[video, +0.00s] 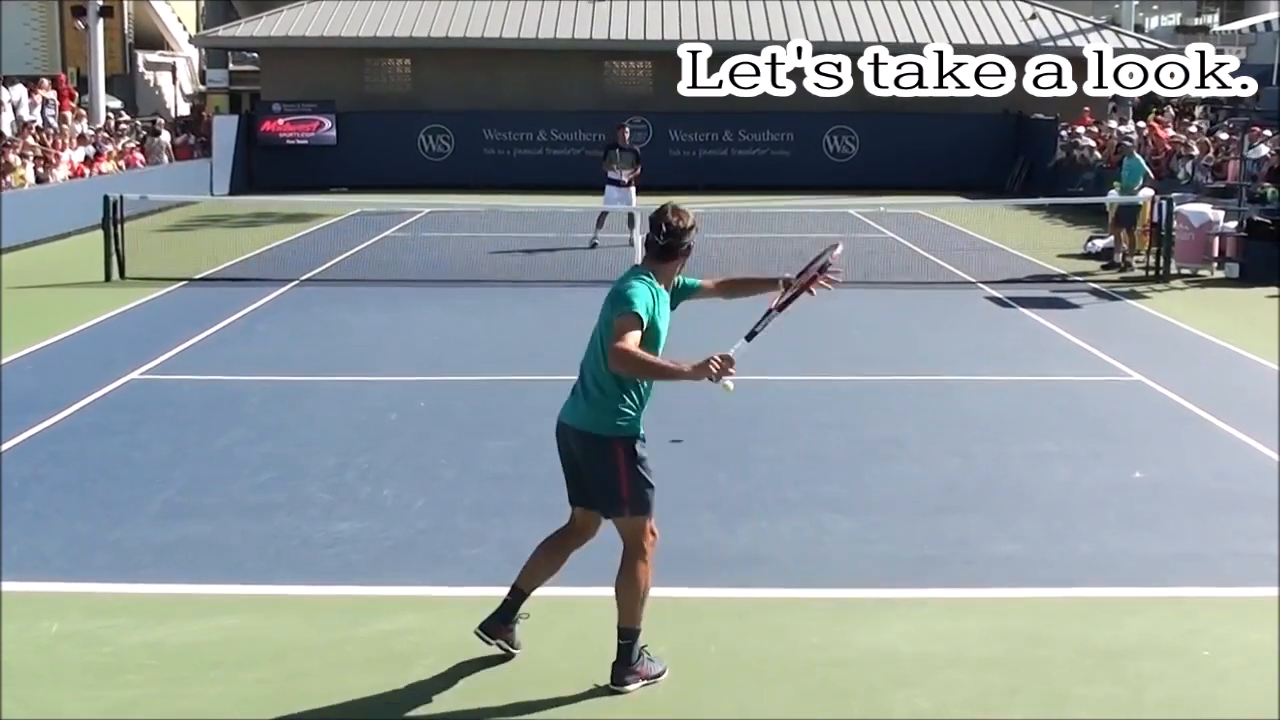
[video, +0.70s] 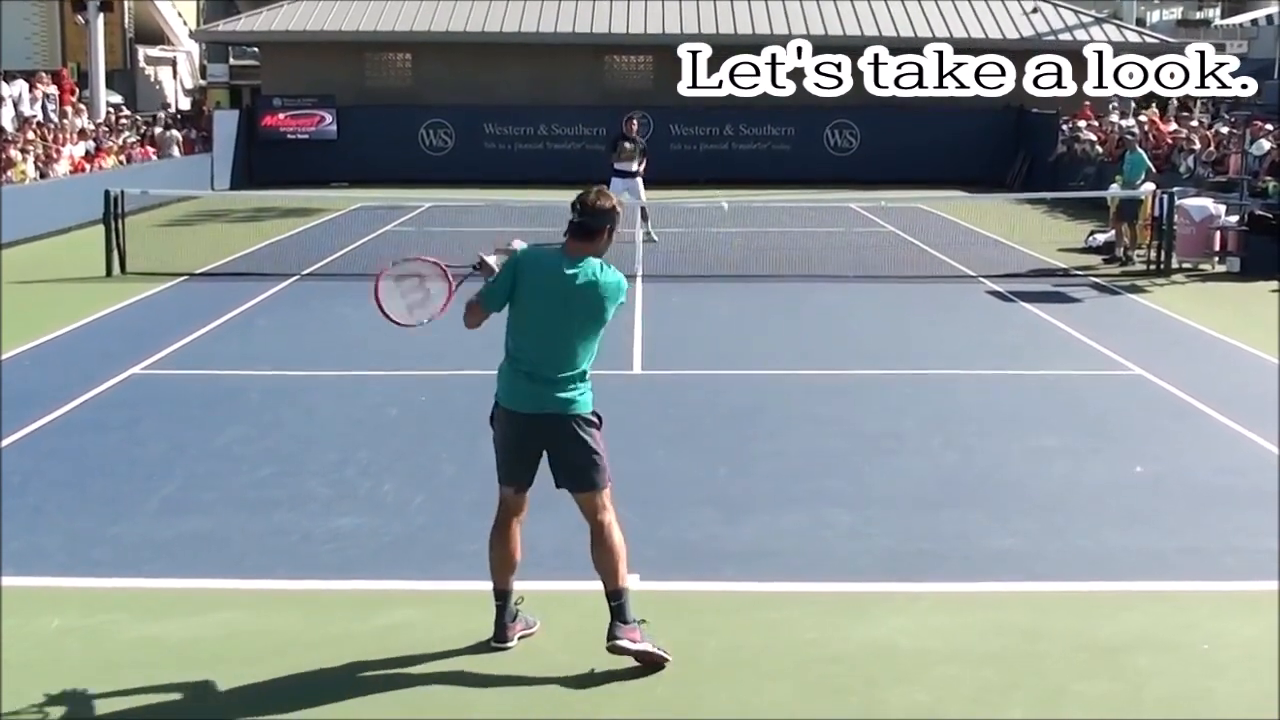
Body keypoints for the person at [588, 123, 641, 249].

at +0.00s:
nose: (625, 135)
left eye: (627, 132)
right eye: (623, 132)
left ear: (629, 134)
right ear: (618, 134)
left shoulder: (634, 150)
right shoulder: (610, 149)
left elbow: (638, 168)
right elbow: (604, 165)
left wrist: (629, 177)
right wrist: (612, 168)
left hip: (628, 184)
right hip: (612, 184)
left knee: (631, 211)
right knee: (605, 210)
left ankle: (632, 236)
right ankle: (595, 236)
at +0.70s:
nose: (632, 127)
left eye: (634, 125)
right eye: (629, 125)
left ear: (637, 127)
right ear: (625, 126)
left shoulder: (640, 142)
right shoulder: (617, 140)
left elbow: (644, 157)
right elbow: (612, 158)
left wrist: (641, 167)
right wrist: (623, 157)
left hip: (634, 176)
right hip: (618, 176)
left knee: (642, 203)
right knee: (610, 202)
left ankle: (648, 230)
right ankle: (607, 229)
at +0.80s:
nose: (635, 131)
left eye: (637, 128)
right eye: (633, 128)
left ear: (640, 130)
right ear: (629, 129)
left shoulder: (644, 145)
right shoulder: (623, 143)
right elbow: (619, 159)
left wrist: (653, 165)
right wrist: (632, 162)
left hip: (636, 178)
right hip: (621, 178)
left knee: (645, 202)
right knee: (615, 204)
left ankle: (650, 229)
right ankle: (600, 228)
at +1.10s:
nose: (648, 135)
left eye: (650, 132)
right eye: (647, 131)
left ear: (652, 134)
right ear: (640, 131)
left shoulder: (646, 151)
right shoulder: (627, 141)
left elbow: (644, 168)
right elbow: (612, 150)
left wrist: (651, 180)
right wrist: (614, 164)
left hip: (634, 176)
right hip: (620, 175)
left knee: (645, 198)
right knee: (620, 199)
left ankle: (653, 226)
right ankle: (609, 226)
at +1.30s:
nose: (648, 132)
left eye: (650, 130)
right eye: (647, 128)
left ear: (652, 132)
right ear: (640, 127)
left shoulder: (645, 149)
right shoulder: (626, 136)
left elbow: (638, 163)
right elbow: (611, 144)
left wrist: (637, 174)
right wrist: (607, 156)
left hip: (630, 173)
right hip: (616, 170)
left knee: (640, 196)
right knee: (616, 196)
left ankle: (653, 223)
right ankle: (611, 223)